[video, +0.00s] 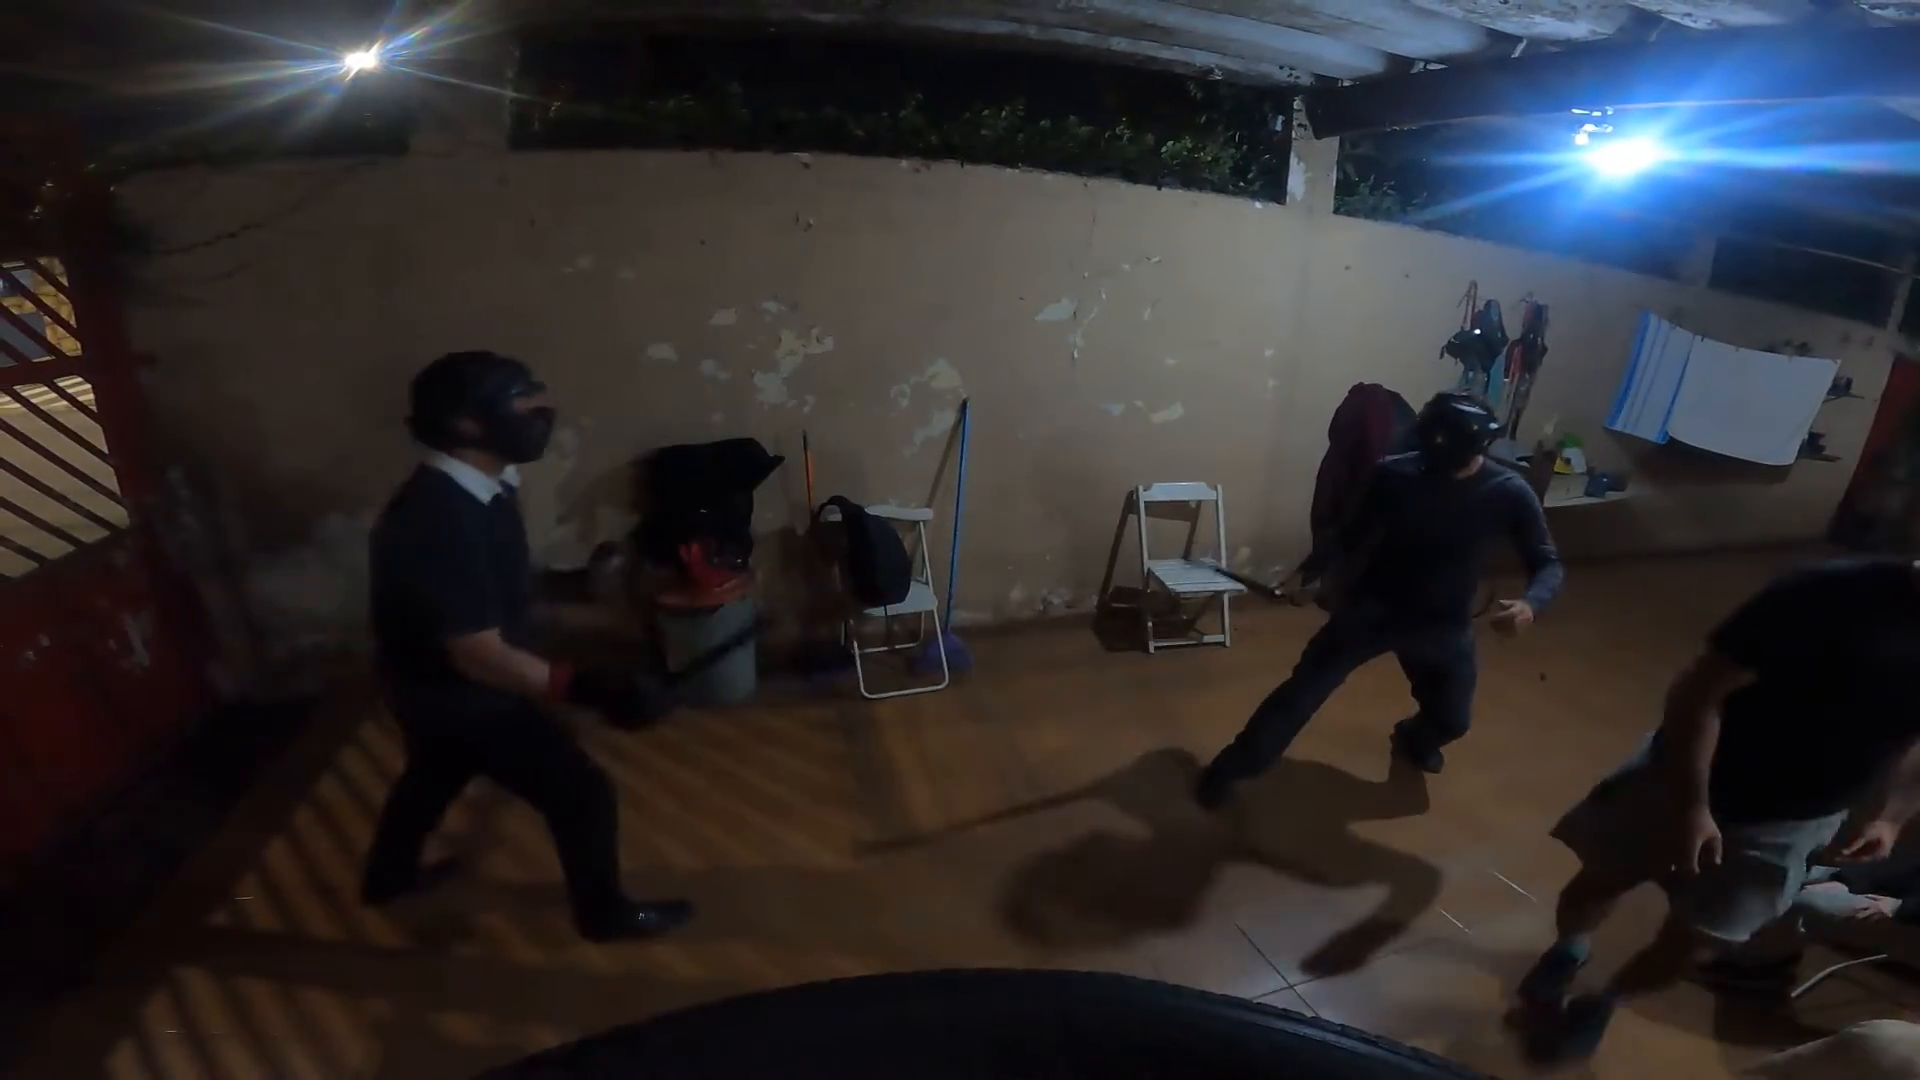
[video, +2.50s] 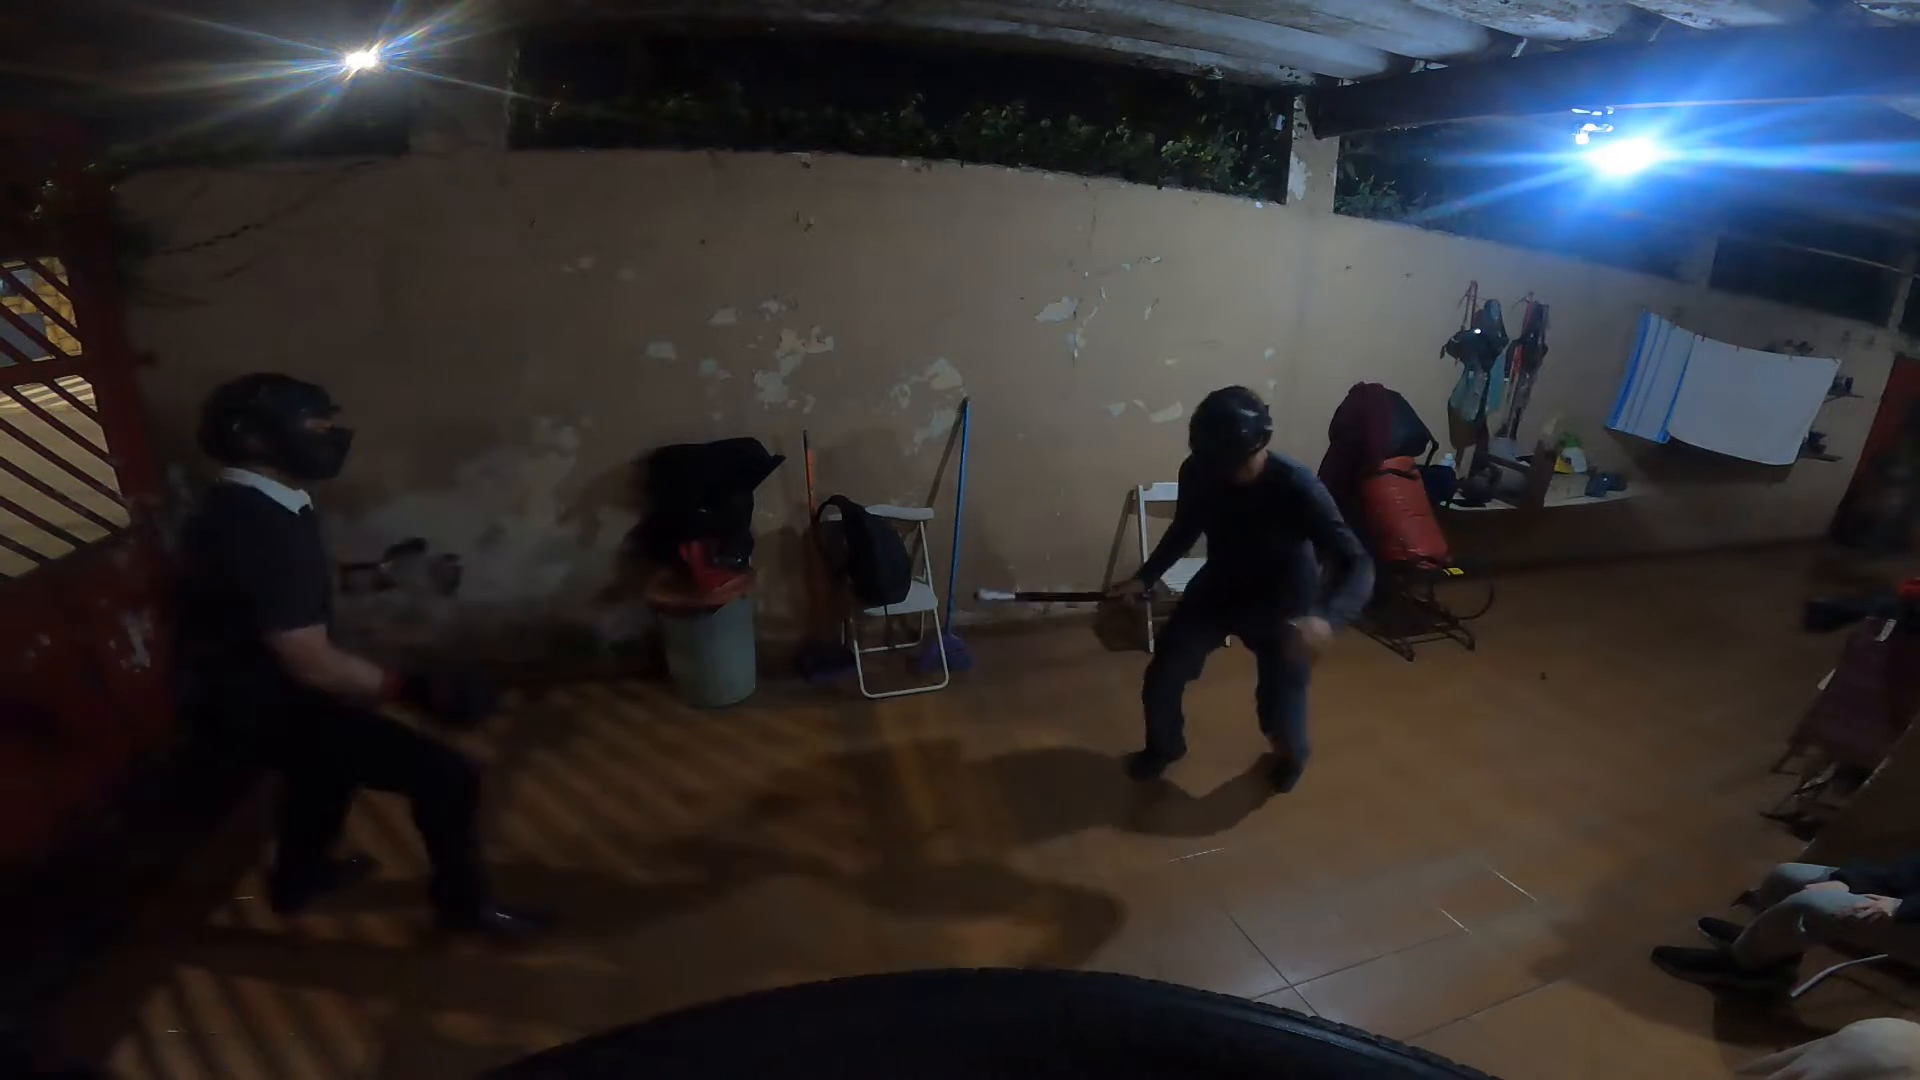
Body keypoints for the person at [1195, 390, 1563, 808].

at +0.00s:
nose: (1477, 459)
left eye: (1474, 449)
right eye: (1467, 450)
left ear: (1474, 449)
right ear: (1438, 445)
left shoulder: (1509, 493)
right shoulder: (1392, 477)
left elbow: (1548, 564)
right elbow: (1350, 536)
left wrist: (1531, 601)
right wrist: (1313, 578)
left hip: (1443, 622)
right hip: (1371, 611)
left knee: (1451, 719)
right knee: (1299, 695)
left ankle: (1413, 741)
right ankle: (1228, 770)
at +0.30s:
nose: (1407, 439)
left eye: (1419, 431)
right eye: (1406, 427)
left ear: (1450, 436)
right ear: (1401, 426)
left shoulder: (1488, 487)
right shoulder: (1370, 467)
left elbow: (1505, 564)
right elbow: (1334, 526)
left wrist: (1481, 627)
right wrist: (1293, 572)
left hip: (1424, 619)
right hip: (1355, 605)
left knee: (1438, 709)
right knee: (1296, 676)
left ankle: (1420, 736)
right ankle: (1233, 764)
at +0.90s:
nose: (1364, 467)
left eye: (1375, 459)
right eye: (1356, 456)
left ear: (1400, 445)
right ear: (1348, 441)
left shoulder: (1438, 487)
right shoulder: (1323, 474)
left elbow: (1468, 567)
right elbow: (1287, 532)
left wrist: (1433, 594)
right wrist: (1245, 584)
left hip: (1390, 611)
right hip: (1321, 601)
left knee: (1397, 707)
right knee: (1272, 680)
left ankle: (1391, 747)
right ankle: (1233, 762)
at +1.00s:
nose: (1354, 452)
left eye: (1365, 444)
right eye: (1353, 441)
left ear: (1401, 445)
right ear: (1353, 438)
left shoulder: (1442, 490)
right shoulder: (1330, 473)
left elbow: (1450, 571)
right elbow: (1297, 536)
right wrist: (1267, 593)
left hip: (1393, 612)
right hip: (1324, 599)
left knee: (1396, 705)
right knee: (1273, 677)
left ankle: (1391, 747)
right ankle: (1234, 760)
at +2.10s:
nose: (1296, 460)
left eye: (1304, 452)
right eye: (1291, 450)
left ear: (1329, 440)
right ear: (1288, 440)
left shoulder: (1377, 482)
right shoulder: (1276, 463)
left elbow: (1417, 566)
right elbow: (1250, 514)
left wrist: (1362, 604)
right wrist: (1206, 560)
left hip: (1339, 598)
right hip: (1274, 585)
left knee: (1341, 701)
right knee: (1216, 675)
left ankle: (1338, 741)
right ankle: (1216, 760)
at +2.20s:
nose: (1253, 457)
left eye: (1260, 449)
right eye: (1251, 449)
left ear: (1294, 437)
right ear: (1254, 444)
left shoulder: (1348, 477)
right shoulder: (1259, 471)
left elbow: (1410, 550)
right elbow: (1238, 521)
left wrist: (1387, 618)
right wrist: (1191, 558)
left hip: (1334, 603)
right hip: (1272, 588)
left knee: (1335, 694)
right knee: (1202, 671)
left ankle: (1340, 744)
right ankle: (1184, 746)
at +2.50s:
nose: (1228, 471)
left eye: (1236, 461)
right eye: (1219, 461)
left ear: (1259, 448)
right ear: (1207, 452)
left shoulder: (1295, 485)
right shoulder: (1199, 473)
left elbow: (1357, 563)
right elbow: (1185, 528)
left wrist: (1329, 617)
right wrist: (1146, 577)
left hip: (1282, 599)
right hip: (1219, 589)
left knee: (1280, 714)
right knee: (1161, 681)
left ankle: (1292, 758)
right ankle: (1164, 747)